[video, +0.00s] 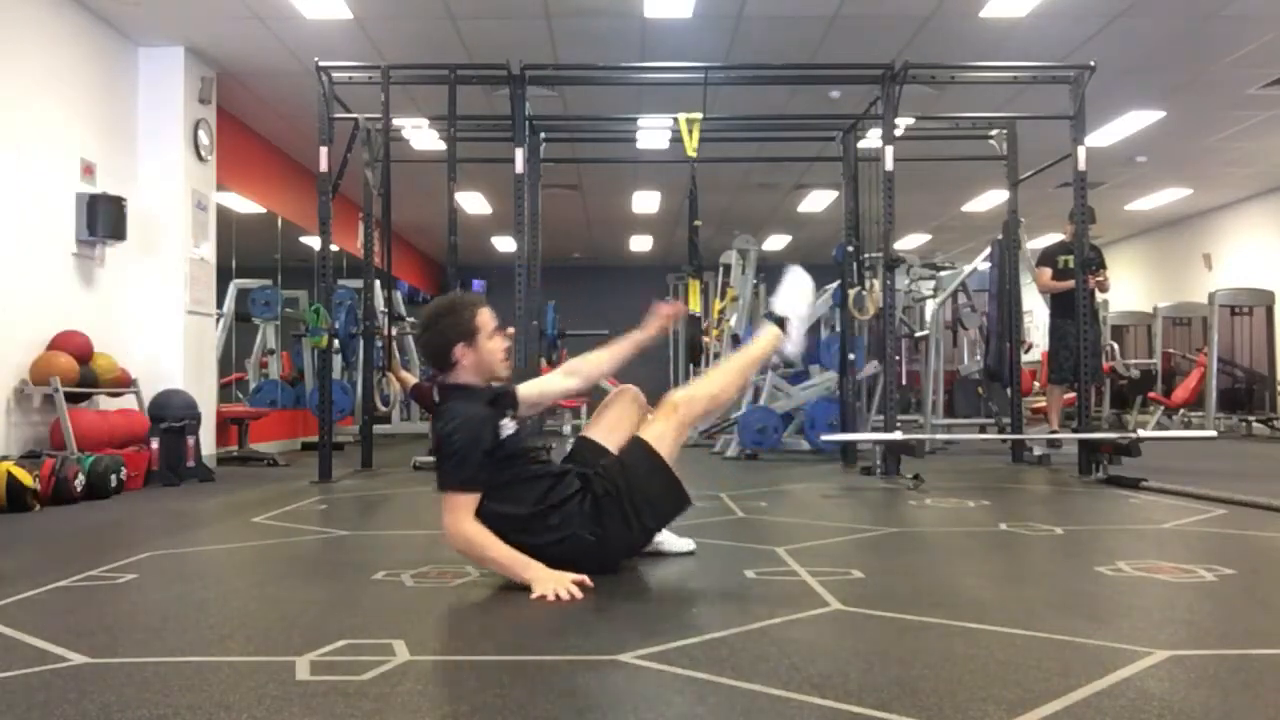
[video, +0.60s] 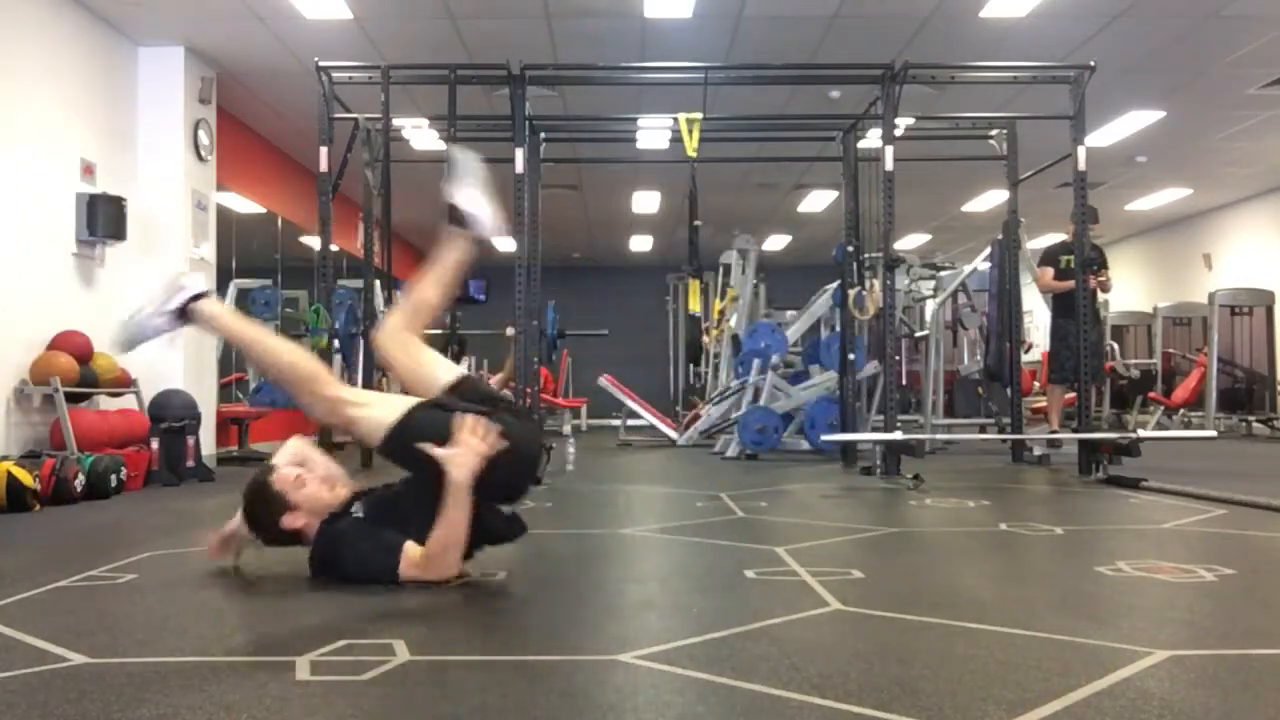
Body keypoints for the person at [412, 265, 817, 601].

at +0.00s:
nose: (508, 338)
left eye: (501, 330)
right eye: (495, 334)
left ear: (465, 355)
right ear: (461, 356)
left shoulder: (483, 398)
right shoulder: (463, 420)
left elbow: (566, 379)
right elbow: (457, 527)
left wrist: (645, 334)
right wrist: (536, 574)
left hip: (567, 499)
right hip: (589, 532)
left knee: (627, 395)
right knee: (678, 406)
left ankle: (637, 529)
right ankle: (780, 329)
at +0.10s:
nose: (473, 359)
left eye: (465, 349)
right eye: (460, 354)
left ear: (434, 378)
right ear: (429, 380)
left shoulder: (460, 413)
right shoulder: (438, 439)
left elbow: (536, 377)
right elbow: (462, 541)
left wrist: (589, 315)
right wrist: (546, 574)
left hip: (565, 506)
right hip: (579, 533)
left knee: (617, 402)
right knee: (640, 389)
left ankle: (628, 530)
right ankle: (726, 290)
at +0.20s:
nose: (436, 386)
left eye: (426, 378)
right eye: (420, 383)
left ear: (402, 413)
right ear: (395, 414)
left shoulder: (437, 435)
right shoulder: (415, 464)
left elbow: (494, 388)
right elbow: (467, 556)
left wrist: (505, 307)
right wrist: (559, 569)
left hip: (568, 511)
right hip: (566, 531)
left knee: (618, 388)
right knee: (581, 362)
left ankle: (639, 520)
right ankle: (629, 236)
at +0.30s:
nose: (410, 406)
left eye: (401, 398)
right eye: (393, 405)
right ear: (371, 441)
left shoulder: (419, 449)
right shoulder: (399, 486)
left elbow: (467, 396)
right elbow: (471, 562)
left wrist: (437, 320)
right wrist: (561, 561)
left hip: (564, 509)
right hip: (554, 531)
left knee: (593, 376)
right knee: (532, 361)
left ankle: (650, 482)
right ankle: (538, 221)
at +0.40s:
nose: (371, 435)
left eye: (361, 430)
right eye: (356, 437)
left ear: (368, 439)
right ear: (342, 477)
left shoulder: (396, 475)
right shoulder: (376, 514)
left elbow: (417, 402)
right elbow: (466, 570)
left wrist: (337, 369)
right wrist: (550, 534)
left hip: (556, 492)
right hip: (541, 517)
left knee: (521, 356)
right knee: (457, 379)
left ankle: (644, 399)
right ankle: (402, 241)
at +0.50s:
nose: (344, 459)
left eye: (336, 456)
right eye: (329, 463)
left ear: (344, 467)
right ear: (317, 500)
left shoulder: (375, 494)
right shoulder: (359, 536)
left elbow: (365, 418)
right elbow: (453, 572)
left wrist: (284, 437)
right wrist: (517, 501)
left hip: (536, 455)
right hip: (512, 481)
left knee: (458, 347)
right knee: (391, 386)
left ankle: (583, 309)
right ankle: (293, 272)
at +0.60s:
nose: (310, 458)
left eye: (300, 457)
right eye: (295, 469)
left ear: (324, 463)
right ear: (298, 516)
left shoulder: (357, 510)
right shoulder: (339, 546)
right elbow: (438, 566)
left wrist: (244, 524)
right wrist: (461, 474)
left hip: (497, 431)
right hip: (501, 456)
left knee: (392, 336)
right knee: (331, 401)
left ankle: (465, 230)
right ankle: (198, 305)